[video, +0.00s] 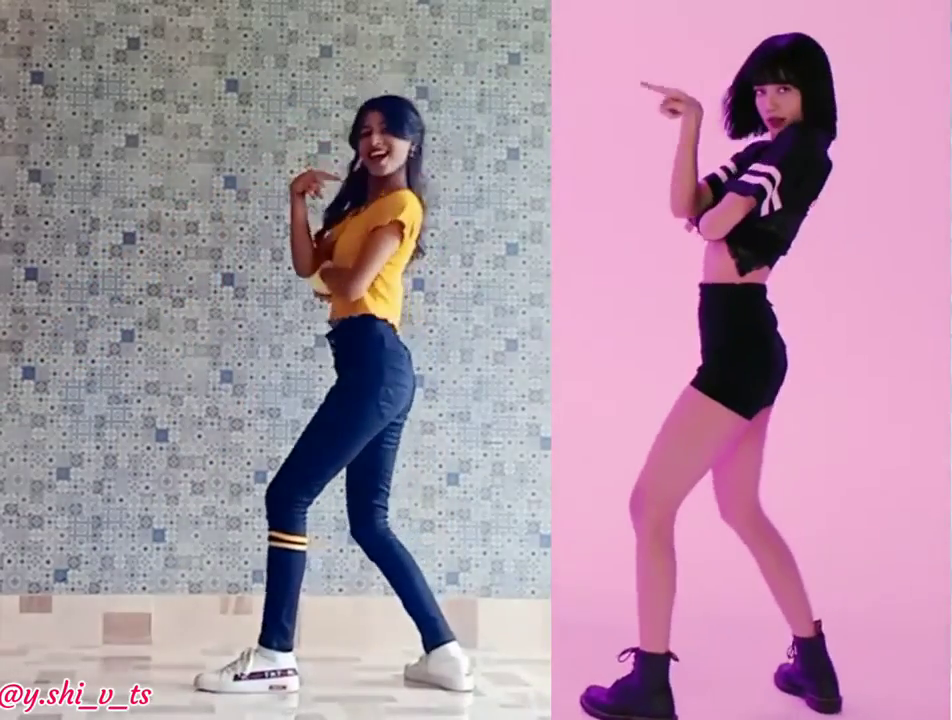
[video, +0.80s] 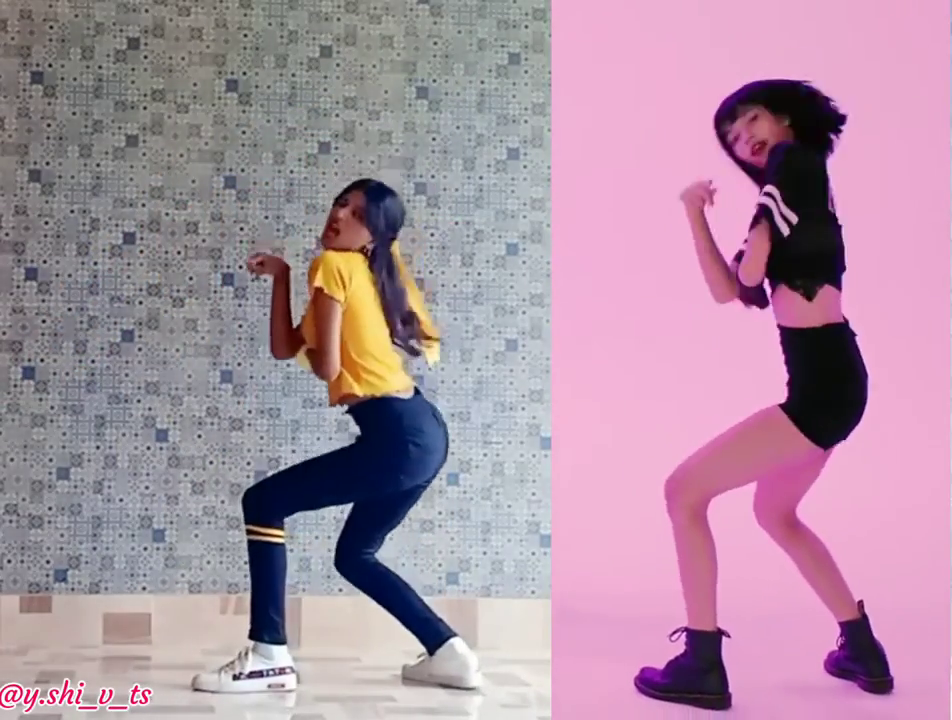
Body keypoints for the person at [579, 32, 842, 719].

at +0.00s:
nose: (772, 95)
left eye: (785, 84)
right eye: (763, 85)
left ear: (813, 91)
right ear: (753, 92)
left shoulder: (791, 150)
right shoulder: (770, 150)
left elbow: (715, 227)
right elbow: (685, 206)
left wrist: (721, 195)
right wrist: (690, 119)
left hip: (736, 351)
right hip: (750, 348)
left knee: (650, 504)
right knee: (741, 508)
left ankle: (650, 681)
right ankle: (812, 658)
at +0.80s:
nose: (743, 137)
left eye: (750, 120)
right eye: (734, 135)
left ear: (785, 115)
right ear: (738, 150)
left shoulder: (795, 165)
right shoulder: (782, 191)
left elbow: (755, 272)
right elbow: (728, 289)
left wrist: (746, 265)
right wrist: (694, 214)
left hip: (821, 388)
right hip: (834, 381)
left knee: (685, 492)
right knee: (776, 512)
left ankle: (701, 662)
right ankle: (862, 647)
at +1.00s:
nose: (701, 211)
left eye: (700, 192)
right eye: (692, 213)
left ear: (726, 177)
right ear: (696, 224)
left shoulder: (750, 220)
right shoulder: (760, 237)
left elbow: (750, 326)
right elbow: (738, 352)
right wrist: (697, 286)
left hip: (843, 413)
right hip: (849, 405)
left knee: (696, 488)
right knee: (778, 514)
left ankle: (708, 657)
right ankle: (865, 640)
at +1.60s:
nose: (710, 190)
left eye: (708, 174)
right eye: (697, 194)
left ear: (731, 162)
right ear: (704, 206)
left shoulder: (767, 201)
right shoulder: (755, 225)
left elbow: (748, 308)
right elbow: (721, 317)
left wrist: (726, 261)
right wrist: (693, 252)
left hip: (849, 387)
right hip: (859, 384)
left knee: (732, 490)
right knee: (801, 515)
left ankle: (737, 652)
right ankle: (887, 639)